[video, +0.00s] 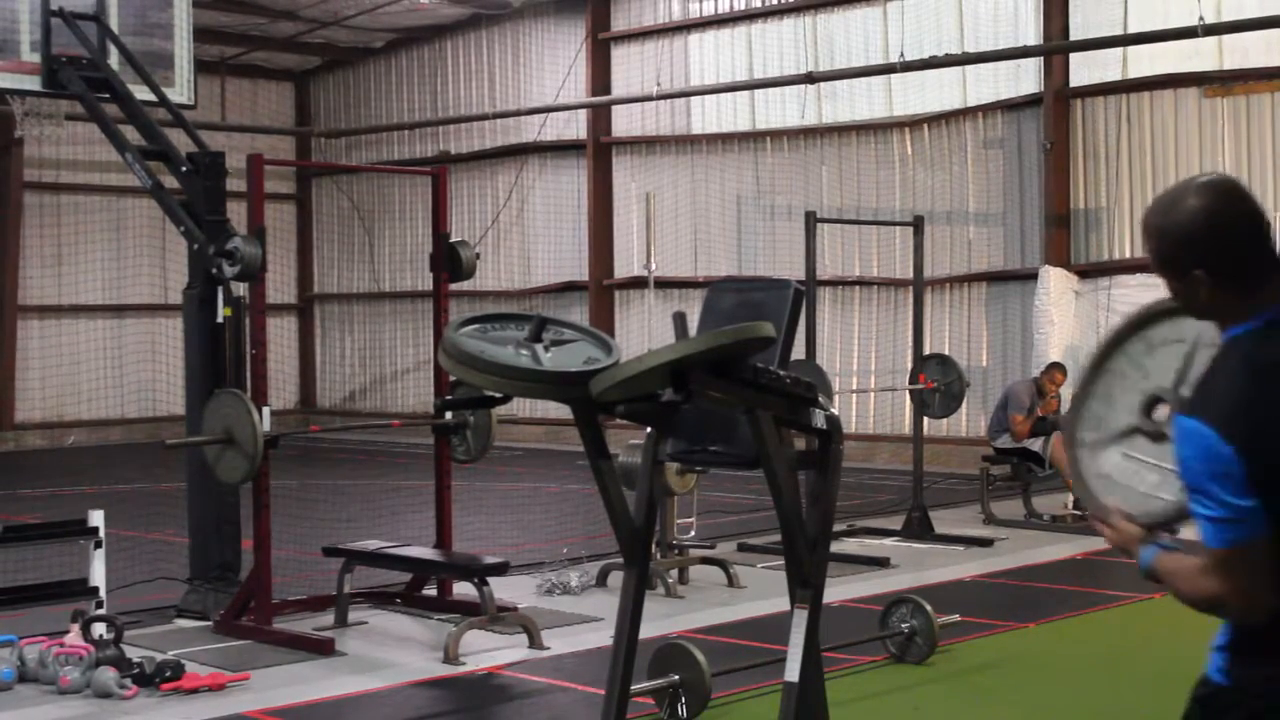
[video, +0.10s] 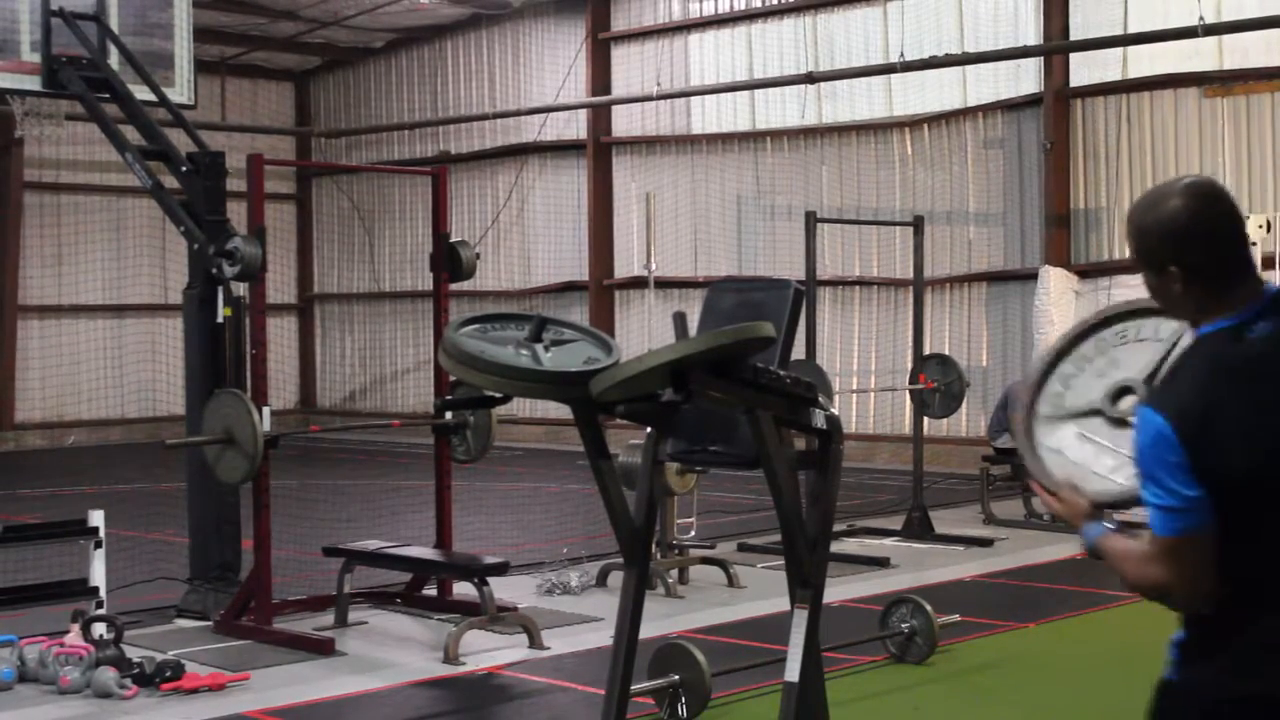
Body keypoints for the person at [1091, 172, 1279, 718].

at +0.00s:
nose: (1167, 292)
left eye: (1166, 278)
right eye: (1162, 277)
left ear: (1197, 283)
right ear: (1260, 237)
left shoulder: (1216, 415)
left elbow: (1244, 593)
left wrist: (1145, 551)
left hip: (1253, 674)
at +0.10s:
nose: (1144, 285)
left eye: (1144, 272)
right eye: (1140, 272)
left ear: (1175, 278)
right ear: (1241, 239)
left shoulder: (1176, 410)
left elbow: (1183, 582)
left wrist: (1090, 527)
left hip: (1228, 667)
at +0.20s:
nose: (1126, 279)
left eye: (1126, 267)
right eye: (1122, 266)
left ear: (1158, 275)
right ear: (1226, 245)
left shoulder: (1145, 409)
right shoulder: (1274, 318)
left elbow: (1143, 573)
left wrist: (1052, 508)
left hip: (1193, 664)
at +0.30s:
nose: (1098, 262)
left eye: (1104, 252)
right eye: (1100, 250)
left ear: (1139, 264)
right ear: (1203, 240)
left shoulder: (1124, 396)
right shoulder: (1270, 313)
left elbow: (1124, 561)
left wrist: (1035, 490)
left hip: (1176, 651)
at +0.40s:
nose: (1076, 250)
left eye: (1081, 236)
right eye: (1076, 234)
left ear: (1122, 249)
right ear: (1180, 231)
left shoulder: (1109, 374)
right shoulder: (1262, 307)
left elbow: (1108, 541)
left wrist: (1023, 482)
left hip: (1155, 640)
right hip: (1264, 624)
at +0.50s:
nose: (1059, 237)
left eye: (1068, 225)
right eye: (1062, 223)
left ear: (1111, 240)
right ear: (1166, 229)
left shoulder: (1096, 362)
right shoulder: (1251, 311)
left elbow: (1098, 523)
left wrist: (1010, 475)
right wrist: (1095, 387)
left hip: (1142, 637)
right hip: (1248, 620)